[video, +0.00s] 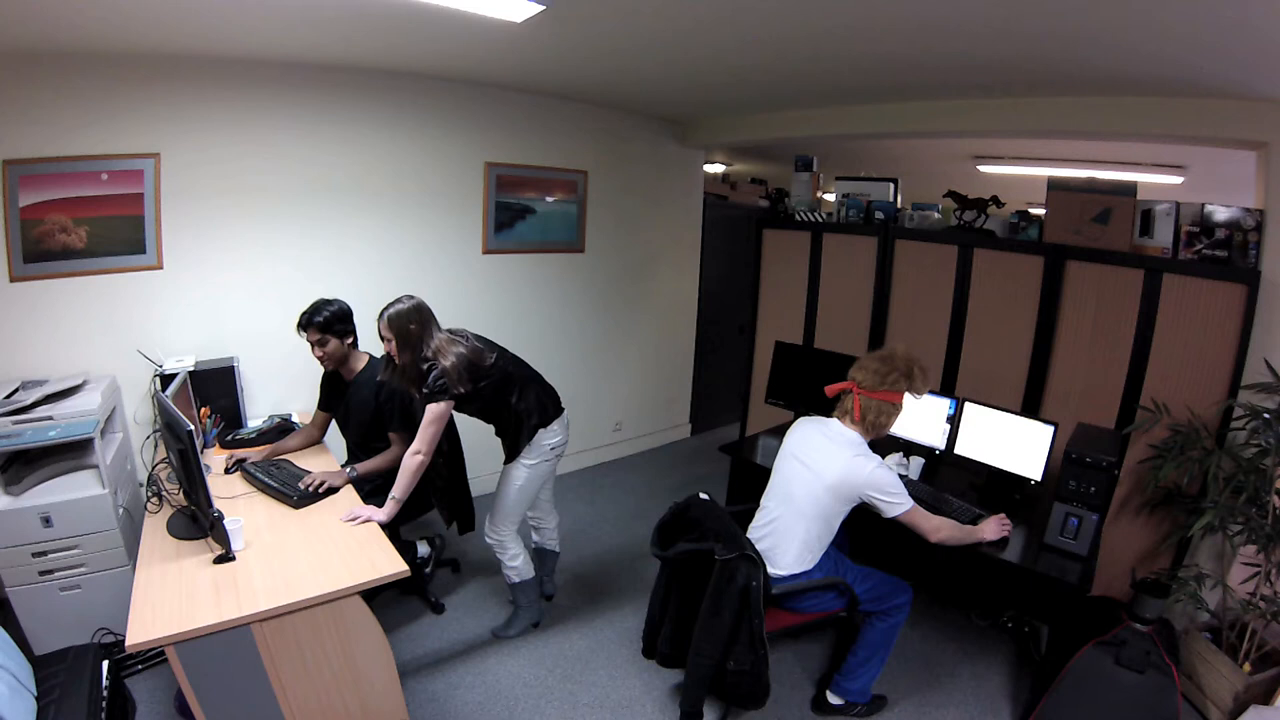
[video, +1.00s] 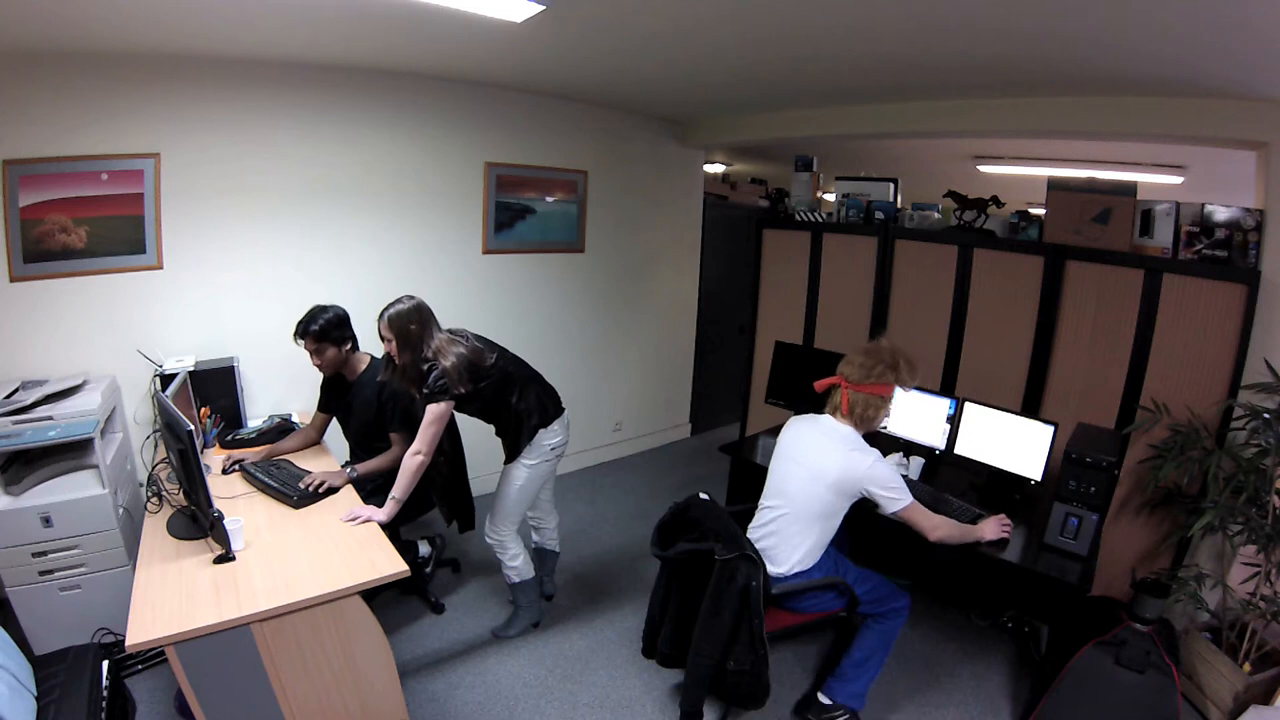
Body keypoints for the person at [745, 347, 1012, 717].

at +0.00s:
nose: (895, 420)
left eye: (897, 412)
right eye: (896, 413)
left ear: (848, 398)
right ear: (886, 417)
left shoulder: (802, 426)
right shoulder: (868, 468)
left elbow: (819, 478)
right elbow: (934, 530)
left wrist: (874, 471)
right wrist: (981, 531)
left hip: (748, 552)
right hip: (786, 577)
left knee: (837, 545)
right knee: (896, 596)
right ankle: (844, 695)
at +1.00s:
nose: (888, 412)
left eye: (889, 403)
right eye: (887, 404)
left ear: (840, 393)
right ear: (874, 407)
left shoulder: (795, 425)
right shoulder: (865, 461)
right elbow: (933, 528)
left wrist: (872, 471)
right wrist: (979, 531)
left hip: (749, 554)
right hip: (791, 576)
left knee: (836, 542)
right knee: (894, 602)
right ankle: (833, 701)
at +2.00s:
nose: (994, 331)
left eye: (1001, 321)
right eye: (995, 318)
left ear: (968, 300)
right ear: (966, 297)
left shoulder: (952, 349)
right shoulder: (901, 365)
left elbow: (968, 424)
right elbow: (909, 497)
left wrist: (1009, 488)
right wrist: (973, 594)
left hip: (907, 520)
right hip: (868, 528)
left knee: (908, 632)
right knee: (867, 681)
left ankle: (877, 697)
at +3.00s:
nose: (1003, 327)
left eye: (1009, 316)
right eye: (1002, 314)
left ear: (985, 295)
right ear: (978, 292)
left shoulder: (963, 338)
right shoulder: (908, 353)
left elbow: (967, 418)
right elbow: (899, 484)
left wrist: (992, 493)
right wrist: (921, 585)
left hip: (945, 506)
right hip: (905, 515)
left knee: (914, 612)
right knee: (875, 643)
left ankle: (876, 688)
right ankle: (837, 712)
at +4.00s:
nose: (1003, 324)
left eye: (1009, 313)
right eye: (1002, 310)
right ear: (974, 287)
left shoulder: (965, 338)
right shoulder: (910, 350)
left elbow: (980, 418)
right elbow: (918, 481)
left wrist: (1018, 488)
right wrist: (968, 581)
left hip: (936, 509)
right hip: (897, 519)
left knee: (908, 615)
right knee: (869, 653)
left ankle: (873, 688)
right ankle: (834, 714)